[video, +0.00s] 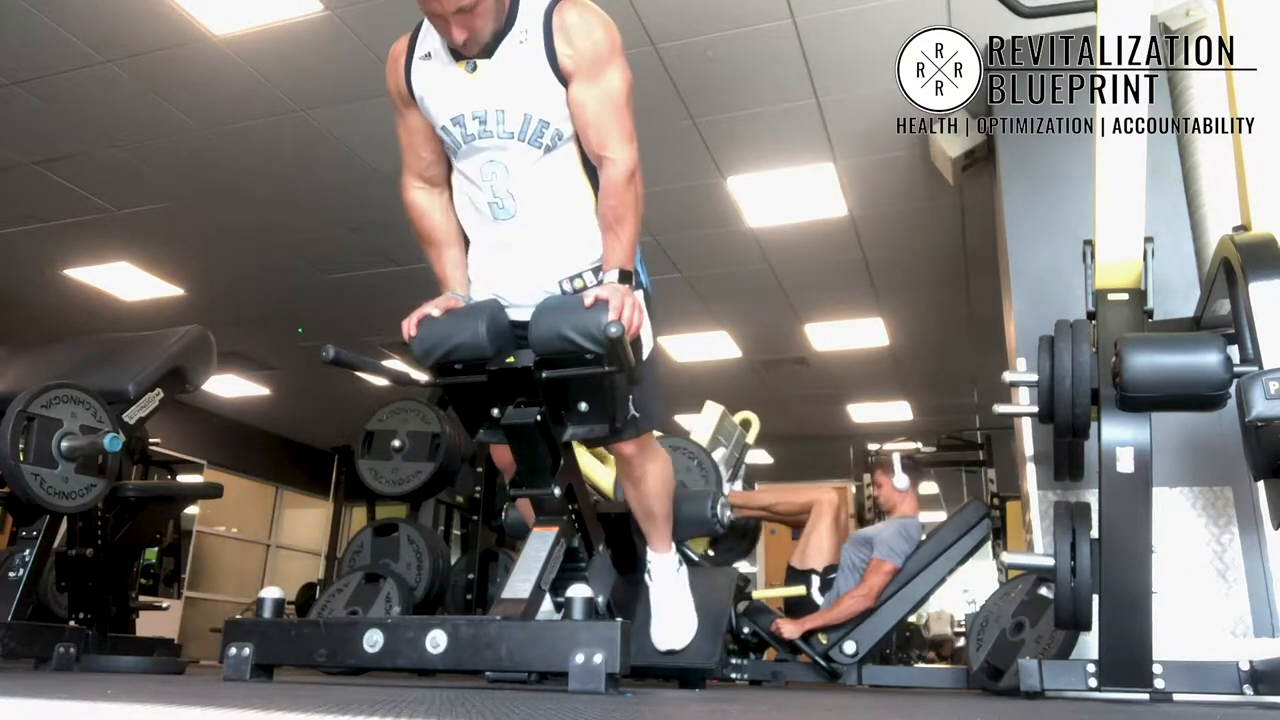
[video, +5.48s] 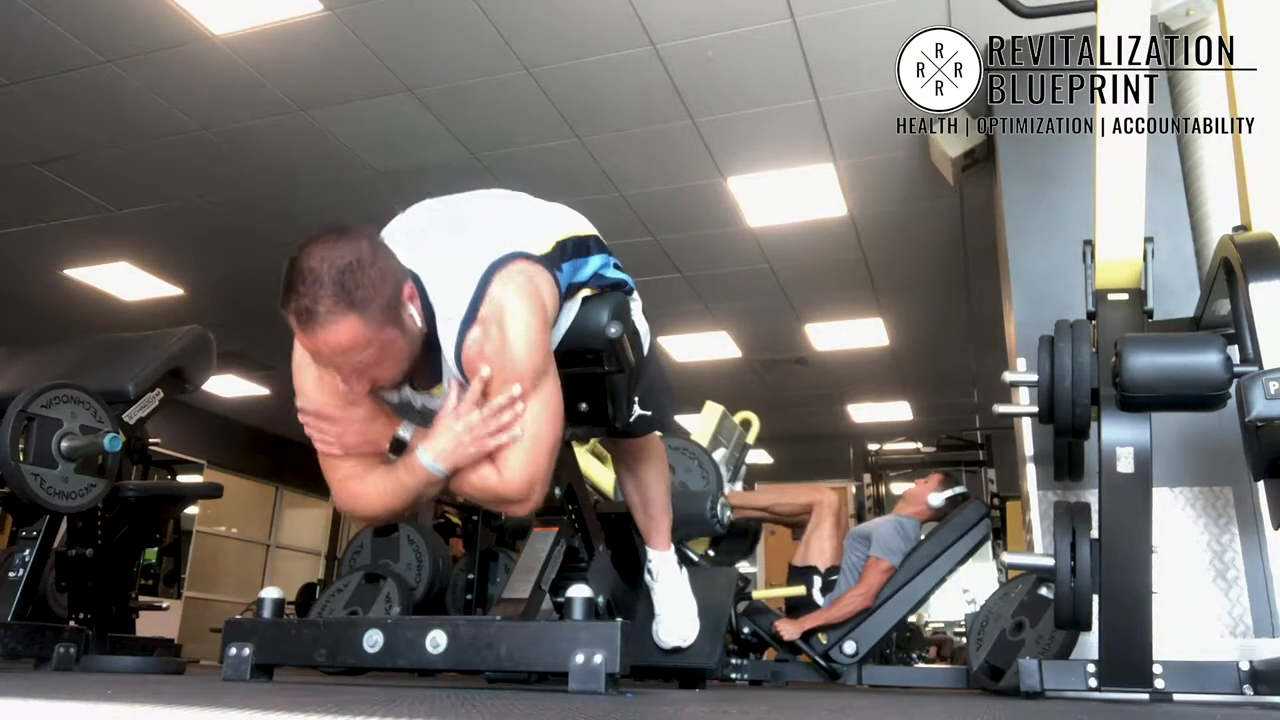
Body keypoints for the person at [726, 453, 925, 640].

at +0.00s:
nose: (875, 495)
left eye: (879, 486)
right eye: (875, 487)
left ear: (901, 484)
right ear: (900, 485)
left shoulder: (898, 531)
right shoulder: (900, 526)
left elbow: (866, 597)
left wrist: (801, 625)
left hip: (815, 605)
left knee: (828, 497)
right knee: (832, 500)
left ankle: (727, 497)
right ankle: (738, 507)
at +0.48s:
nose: (871, 493)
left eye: (874, 485)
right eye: (871, 486)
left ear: (896, 482)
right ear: (897, 483)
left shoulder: (895, 529)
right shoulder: (899, 527)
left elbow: (865, 597)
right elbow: (865, 593)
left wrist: (802, 625)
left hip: (812, 604)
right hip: (817, 598)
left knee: (792, 498)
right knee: (793, 502)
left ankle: (693, 472)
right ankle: (712, 485)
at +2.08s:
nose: (903, 471)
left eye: (911, 469)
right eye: (909, 467)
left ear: (919, 485)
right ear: (924, 493)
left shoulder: (893, 526)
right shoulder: (903, 527)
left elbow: (864, 591)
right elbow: (866, 591)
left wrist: (800, 623)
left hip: (809, 607)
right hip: (815, 602)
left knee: (761, 505)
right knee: (767, 510)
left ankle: (676, 460)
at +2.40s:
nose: (918, 479)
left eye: (926, 479)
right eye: (925, 476)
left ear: (930, 496)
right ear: (931, 503)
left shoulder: (898, 526)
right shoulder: (903, 526)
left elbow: (864, 593)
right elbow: (864, 591)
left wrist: (801, 624)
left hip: (812, 604)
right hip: (817, 600)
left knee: (794, 499)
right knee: (793, 500)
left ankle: (699, 474)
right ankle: (711, 476)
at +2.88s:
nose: (919, 479)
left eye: (928, 479)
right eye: (927, 477)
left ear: (932, 498)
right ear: (935, 504)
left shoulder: (896, 528)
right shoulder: (905, 527)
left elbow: (865, 593)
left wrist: (801, 624)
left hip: (816, 606)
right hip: (822, 601)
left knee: (828, 499)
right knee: (828, 504)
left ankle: (725, 498)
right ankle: (735, 509)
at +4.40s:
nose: (917, 480)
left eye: (926, 480)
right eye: (925, 478)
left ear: (931, 500)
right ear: (931, 504)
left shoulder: (897, 529)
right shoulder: (903, 529)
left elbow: (864, 595)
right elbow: (866, 593)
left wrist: (804, 623)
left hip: (811, 601)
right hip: (814, 597)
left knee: (783, 497)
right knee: (785, 505)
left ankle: (691, 469)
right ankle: (705, 481)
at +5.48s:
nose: (916, 481)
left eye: (926, 480)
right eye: (924, 478)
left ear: (931, 497)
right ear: (934, 503)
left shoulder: (896, 528)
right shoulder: (905, 528)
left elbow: (865, 595)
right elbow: (865, 594)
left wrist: (802, 624)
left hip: (818, 606)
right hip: (823, 602)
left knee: (826, 498)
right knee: (825, 504)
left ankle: (725, 497)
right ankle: (733, 510)